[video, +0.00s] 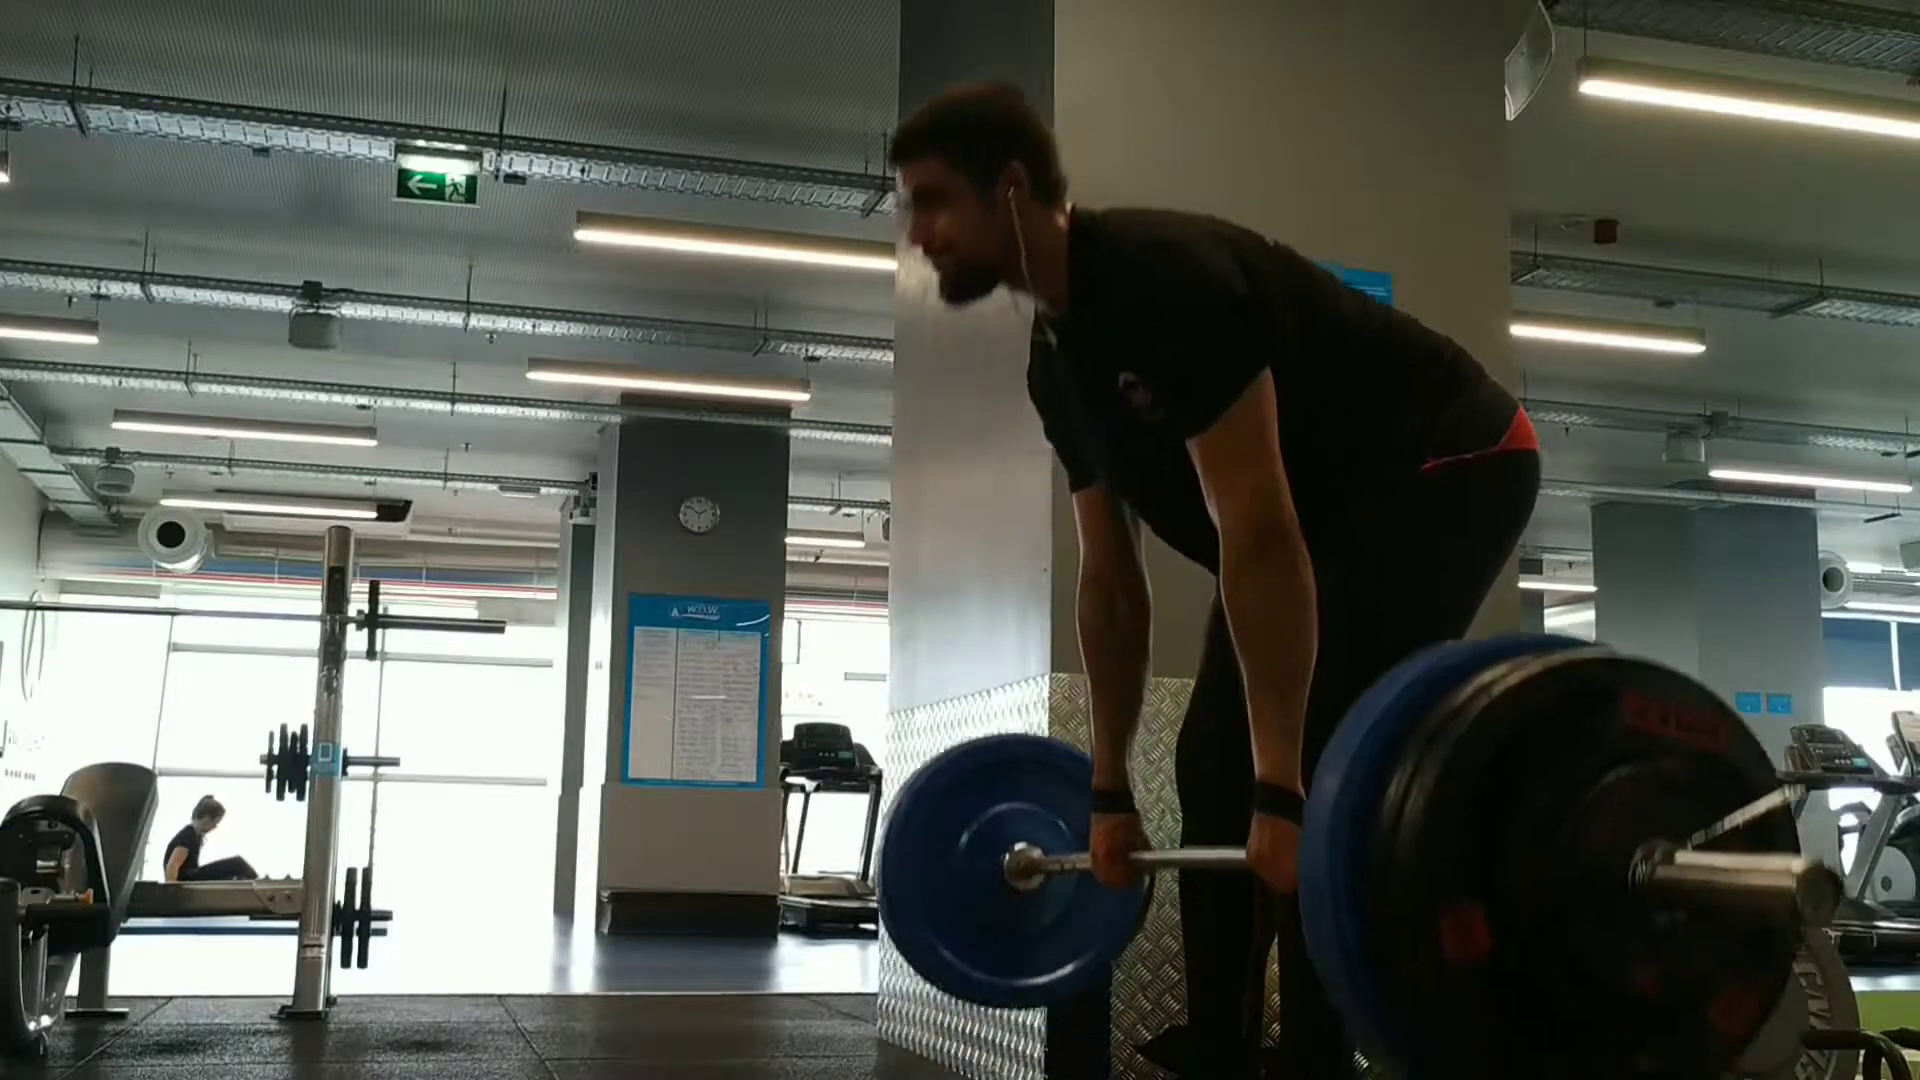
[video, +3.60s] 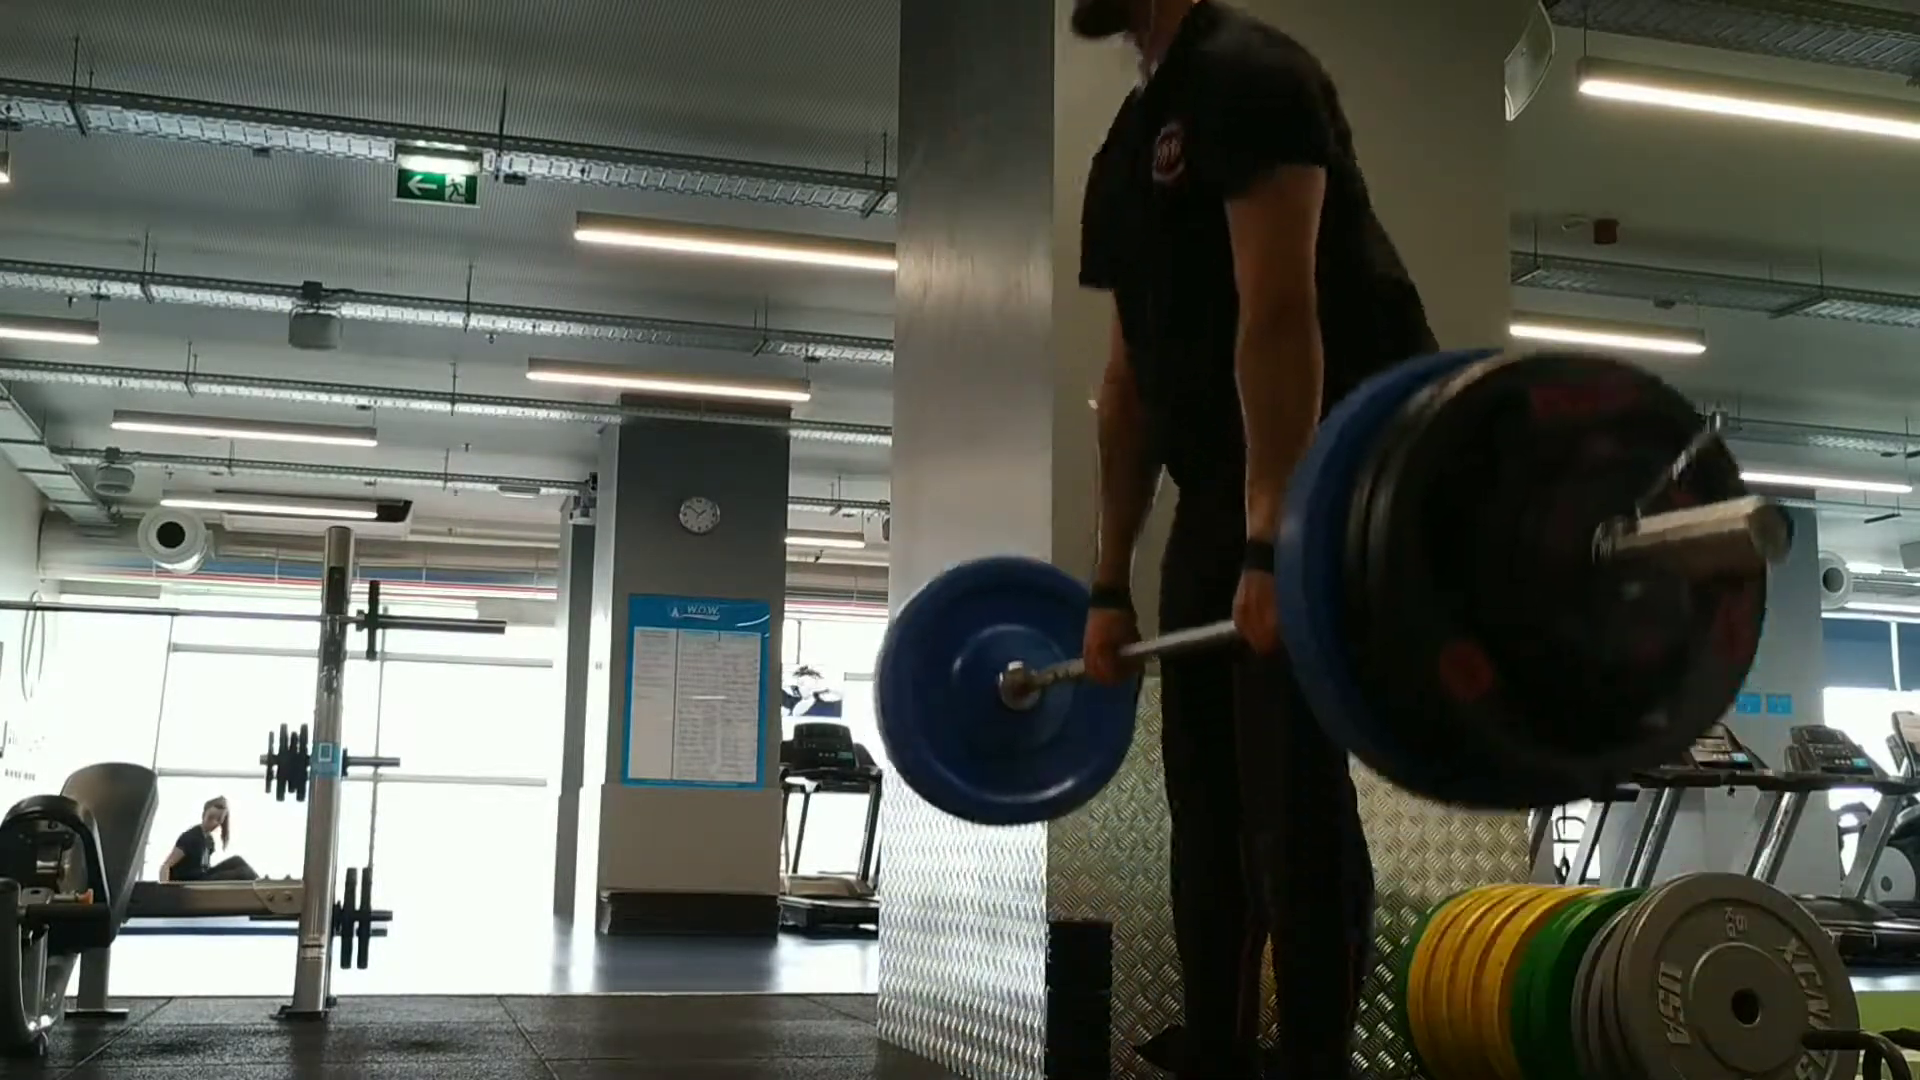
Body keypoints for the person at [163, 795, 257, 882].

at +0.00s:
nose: (215, 827)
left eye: (217, 823)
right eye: (215, 822)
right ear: (206, 818)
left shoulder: (196, 836)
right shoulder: (189, 836)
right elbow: (172, 866)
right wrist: (171, 891)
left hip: (192, 876)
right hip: (186, 879)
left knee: (235, 869)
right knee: (237, 862)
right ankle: (259, 886)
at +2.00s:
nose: (220, 822)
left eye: (222, 818)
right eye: (219, 817)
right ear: (208, 813)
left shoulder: (202, 836)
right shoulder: (193, 834)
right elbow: (175, 866)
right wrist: (174, 891)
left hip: (194, 880)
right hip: (186, 882)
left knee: (238, 876)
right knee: (236, 862)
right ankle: (261, 886)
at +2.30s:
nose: (219, 821)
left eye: (220, 817)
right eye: (217, 816)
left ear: (204, 813)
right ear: (204, 813)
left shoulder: (197, 834)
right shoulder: (193, 834)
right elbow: (184, 863)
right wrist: (188, 890)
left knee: (236, 861)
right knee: (240, 873)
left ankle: (264, 886)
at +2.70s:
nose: (222, 822)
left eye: (223, 818)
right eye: (219, 817)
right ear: (206, 814)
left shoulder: (200, 836)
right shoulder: (196, 836)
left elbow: (196, 870)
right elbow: (194, 870)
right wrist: (202, 895)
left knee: (236, 861)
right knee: (242, 871)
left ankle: (261, 885)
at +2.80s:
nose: (222, 823)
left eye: (224, 819)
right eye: (220, 818)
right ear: (207, 815)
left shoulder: (202, 838)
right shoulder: (196, 838)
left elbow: (197, 873)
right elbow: (194, 874)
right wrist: (204, 897)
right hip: (181, 887)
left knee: (236, 861)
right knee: (241, 871)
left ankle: (262, 886)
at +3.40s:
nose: (219, 824)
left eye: (223, 820)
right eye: (216, 818)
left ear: (227, 822)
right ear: (207, 815)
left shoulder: (205, 838)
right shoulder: (197, 838)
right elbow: (179, 872)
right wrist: (195, 891)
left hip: (198, 877)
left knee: (236, 861)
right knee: (241, 871)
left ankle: (261, 886)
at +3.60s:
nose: (213, 823)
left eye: (218, 820)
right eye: (211, 817)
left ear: (222, 822)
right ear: (203, 814)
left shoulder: (209, 841)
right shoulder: (191, 837)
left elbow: (203, 867)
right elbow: (165, 866)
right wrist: (165, 890)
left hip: (203, 877)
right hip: (190, 883)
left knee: (236, 862)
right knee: (241, 872)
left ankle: (260, 885)